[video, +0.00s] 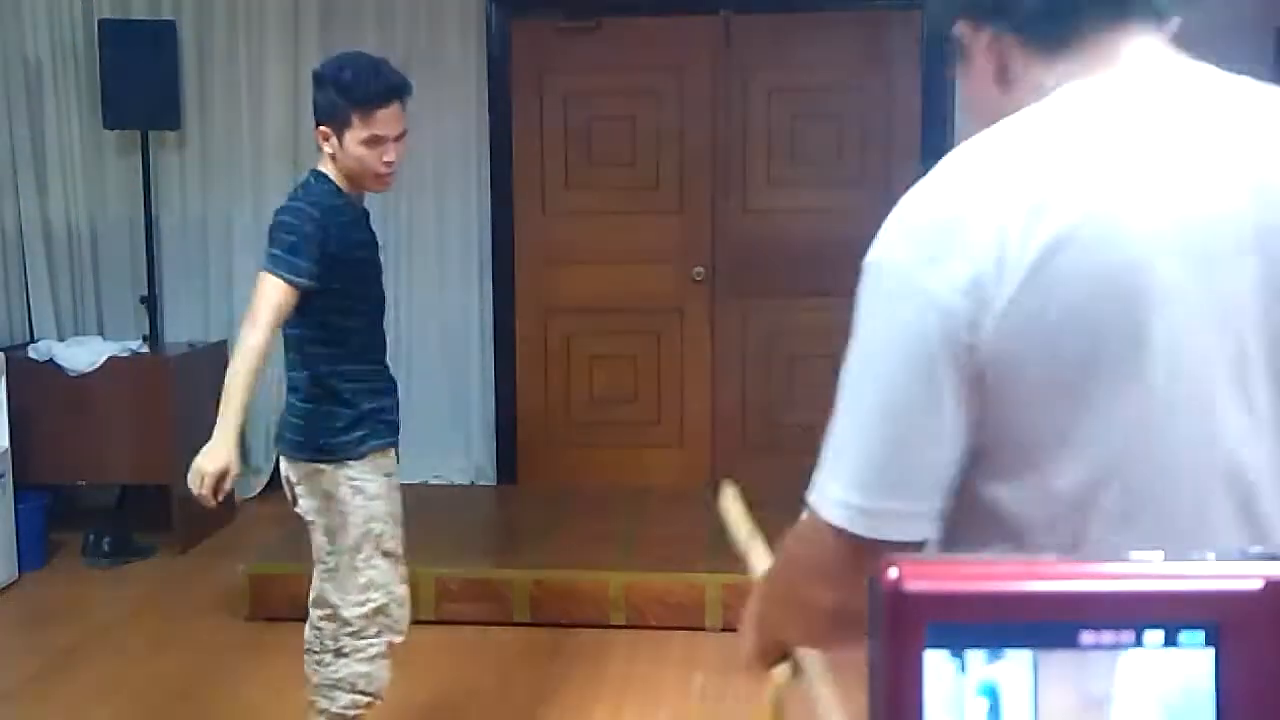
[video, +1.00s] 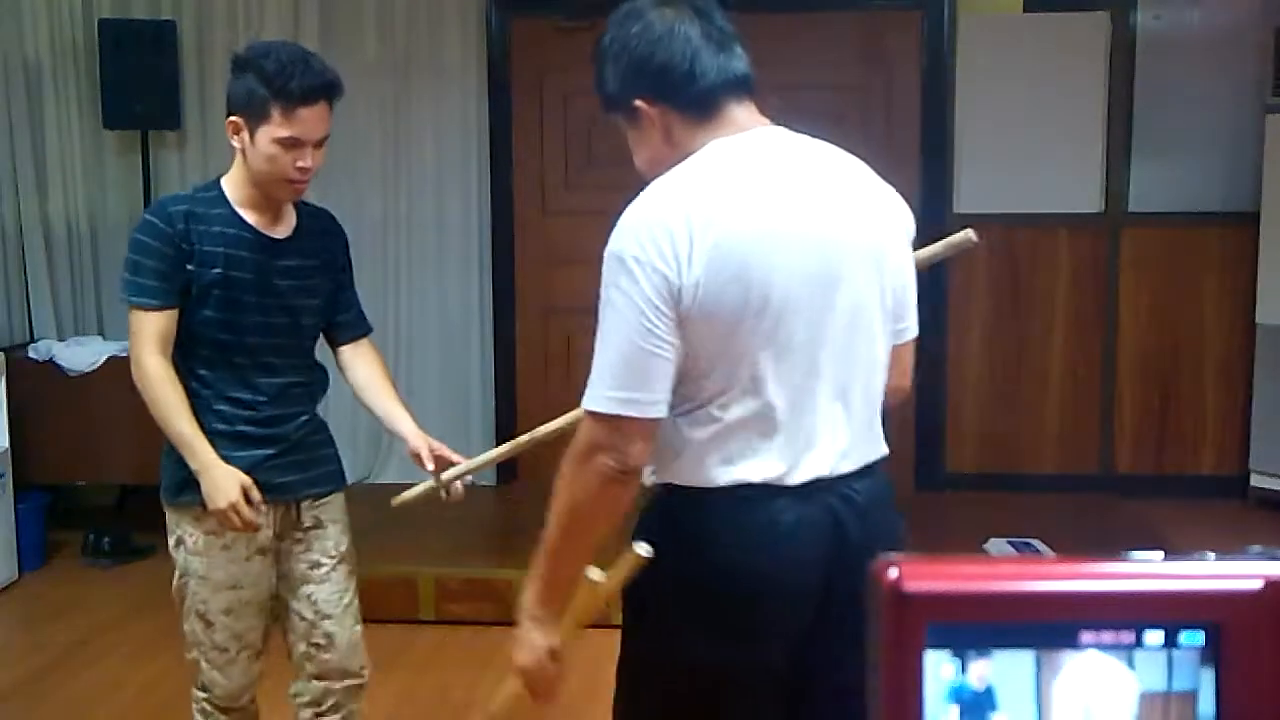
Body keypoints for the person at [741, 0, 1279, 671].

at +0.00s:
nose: (962, 101)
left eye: (958, 63)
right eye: (956, 67)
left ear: (987, 50)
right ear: (1160, 24)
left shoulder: (966, 205)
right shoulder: (1269, 120)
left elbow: (848, 568)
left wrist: (770, 615)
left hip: (1047, 688)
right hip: (1262, 676)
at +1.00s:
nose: (637, 162)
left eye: (627, 134)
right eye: (626, 137)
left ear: (651, 114)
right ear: (741, 85)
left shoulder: (661, 219)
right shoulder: (869, 190)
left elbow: (614, 452)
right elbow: (894, 380)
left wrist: (540, 615)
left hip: (719, 549)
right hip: (860, 531)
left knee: (685, 709)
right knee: (842, 711)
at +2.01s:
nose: (765, 160)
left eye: (771, 140)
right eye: (760, 143)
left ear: (833, 124)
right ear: (827, 130)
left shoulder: (928, 206)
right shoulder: (834, 200)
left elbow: (942, 393)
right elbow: (828, 349)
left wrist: (800, 481)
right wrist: (743, 416)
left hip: (903, 498)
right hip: (820, 494)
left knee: (891, 700)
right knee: (795, 693)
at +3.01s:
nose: (974, 163)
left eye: (983, 142)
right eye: (968, 146)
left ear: (1044, 126)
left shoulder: (1130, 202)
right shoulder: (1017, 204)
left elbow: (1126, 372)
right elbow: (1023, 335)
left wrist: (972, 352)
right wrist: (950, 380)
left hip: (1112, 459)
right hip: (1031, 456)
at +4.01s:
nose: (1164, 168)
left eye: (1175, 150)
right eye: (1157, 150)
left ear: (1247, 128)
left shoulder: (1272, 221)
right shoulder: (1177, 206)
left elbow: (1274, 411)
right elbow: (1154, 328)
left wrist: (1162, 439)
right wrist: (1095, 421)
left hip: (1259, 495)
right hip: (1172, 493)